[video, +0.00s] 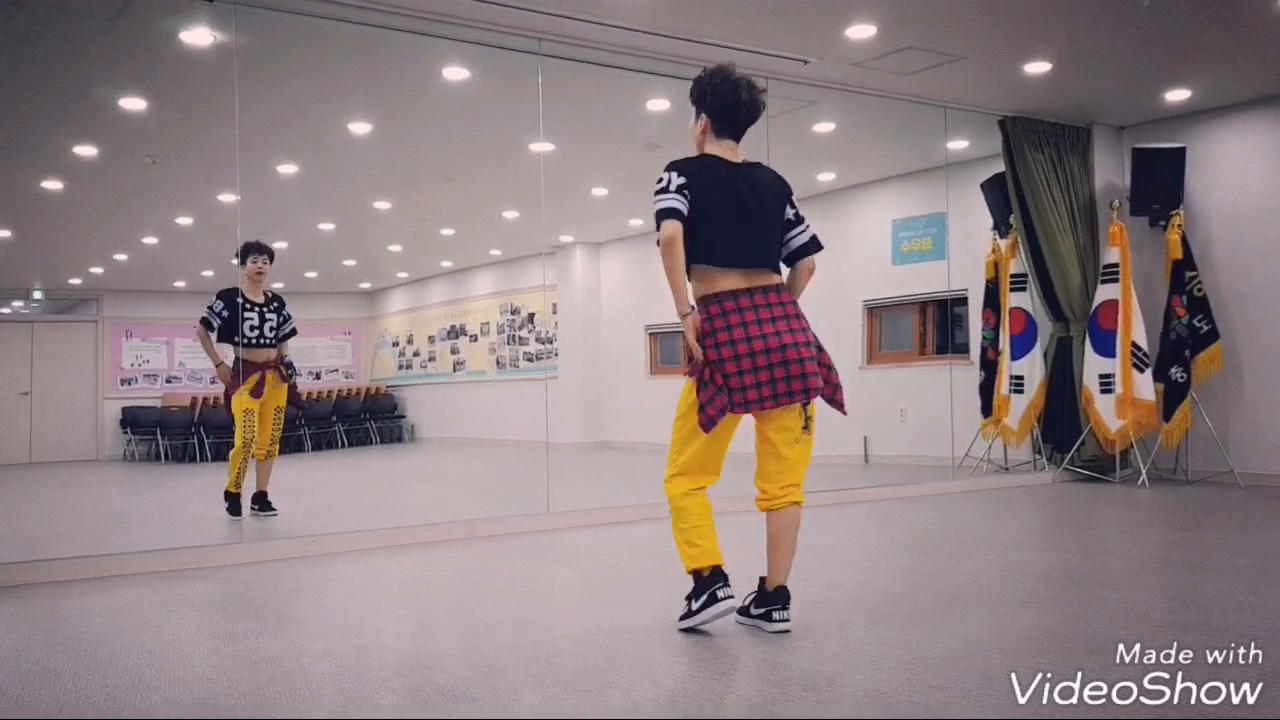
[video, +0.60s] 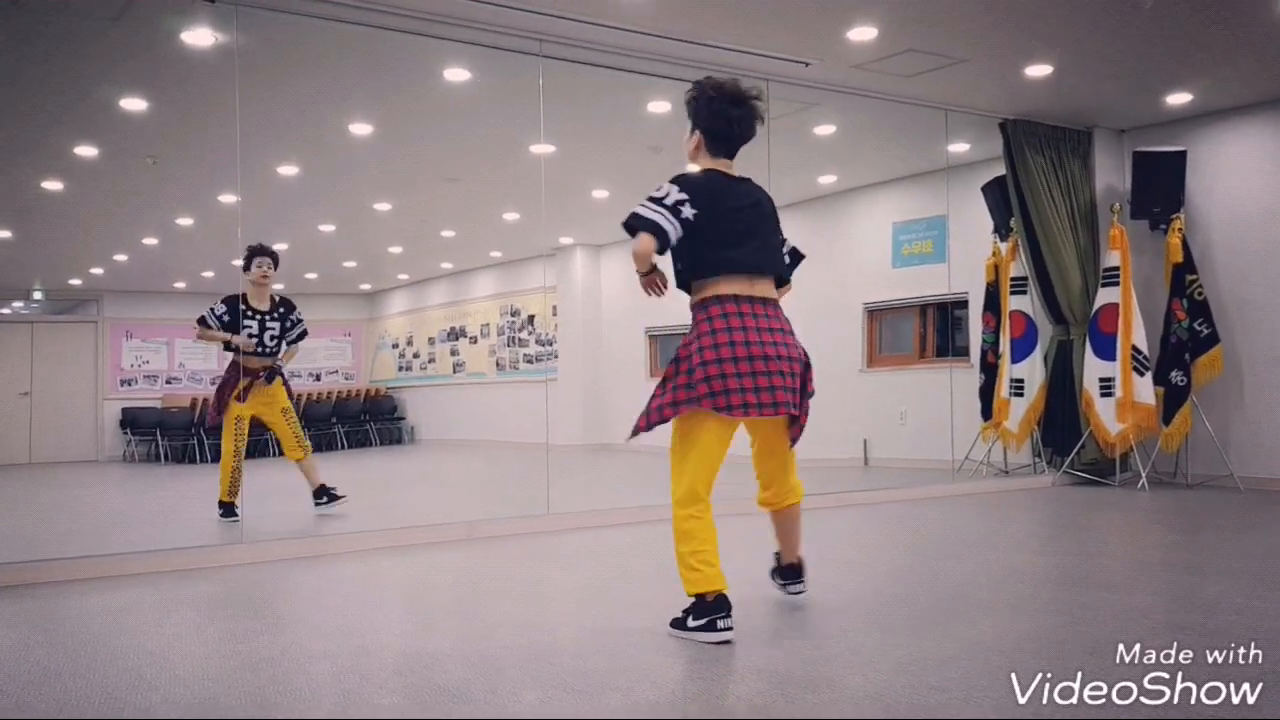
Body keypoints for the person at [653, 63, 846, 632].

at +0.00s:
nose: (692, 126)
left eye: (693, 118)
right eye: (696, 118)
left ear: (701, 122)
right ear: (747, 127)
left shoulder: (681, 174)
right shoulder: (772, 182)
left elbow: (671, 239)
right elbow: (807, 259)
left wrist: (685, 313)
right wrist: (778, 314)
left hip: (721, 332)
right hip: (784, 327)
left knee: (686, 477)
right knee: (784, 476)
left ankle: (708, 578)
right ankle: (775, 596)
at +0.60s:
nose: (686, 139)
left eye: (688, 130)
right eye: (691, 130)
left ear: (696, 137)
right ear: (741, 142)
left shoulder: (684, 189)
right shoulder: (759, 198)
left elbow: (645, 245)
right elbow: (786, 272)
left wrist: (645, 269)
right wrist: (752, 304)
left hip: (715, 341)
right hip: (775, 338)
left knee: (691, 488)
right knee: (778, 467)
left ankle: (709, 601)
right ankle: (792, 564)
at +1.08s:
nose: (767, 135)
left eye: (768, 126)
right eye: (769, 125)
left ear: (778, 131)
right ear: (817, 130)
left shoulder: (790, 189)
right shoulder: (834, 182)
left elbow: (763, 270)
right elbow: (856, 236)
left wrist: (709, 237)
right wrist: (820, 262)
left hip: (816, 321)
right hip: (854, 315)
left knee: (820, 464)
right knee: (859, 453)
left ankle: (875, 569)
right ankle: (871, 565)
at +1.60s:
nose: (812, 176)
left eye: (815, 168)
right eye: (815, 168)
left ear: (824, 173)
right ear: (860, 179)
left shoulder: (802, 223)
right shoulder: (875, 231)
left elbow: (789, 297)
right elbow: (903, 308)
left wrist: (787, 368)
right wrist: (908, 368)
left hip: (841, 365)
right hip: (888, 358)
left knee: (826, 501)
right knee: (871, 488)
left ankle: (925, 542)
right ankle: (882, 575)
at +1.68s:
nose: (807, 174)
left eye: (810, 167)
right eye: (811, 168)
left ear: (816, 174)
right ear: (856, 183)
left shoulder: (798, 222)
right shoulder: (864, 232)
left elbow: (790, 284)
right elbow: (889, 307)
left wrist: (798, 355)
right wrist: (899, 368)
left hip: (837, 364)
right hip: (883, 359)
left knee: (785, 485)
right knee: (866, 487)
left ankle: (878, 536)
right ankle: (884, 578)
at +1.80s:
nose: (784, 177)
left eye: (785, 170)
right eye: (789, 171)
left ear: (792, 175)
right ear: (832, 184)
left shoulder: (783, 214)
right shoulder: (840, 231)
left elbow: (783, 257)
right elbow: (866, 308)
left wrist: (777, 315)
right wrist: (877, 368)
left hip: (824, 370)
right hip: (863, 365)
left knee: (737, 461)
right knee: (854, 484)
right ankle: (885, 575)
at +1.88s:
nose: (769, 170)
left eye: (772, 164)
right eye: (773, 163)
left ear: (778, 169)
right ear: (817, 177)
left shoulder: (772, 207)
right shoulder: (825, 227)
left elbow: (768, 248)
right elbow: (854, 302)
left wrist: (751, 299)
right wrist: (863, 363)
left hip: (805, 361)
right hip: (846, 357)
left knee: (742, 471)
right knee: (845, 479)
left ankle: (691, 580)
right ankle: (884, 574)